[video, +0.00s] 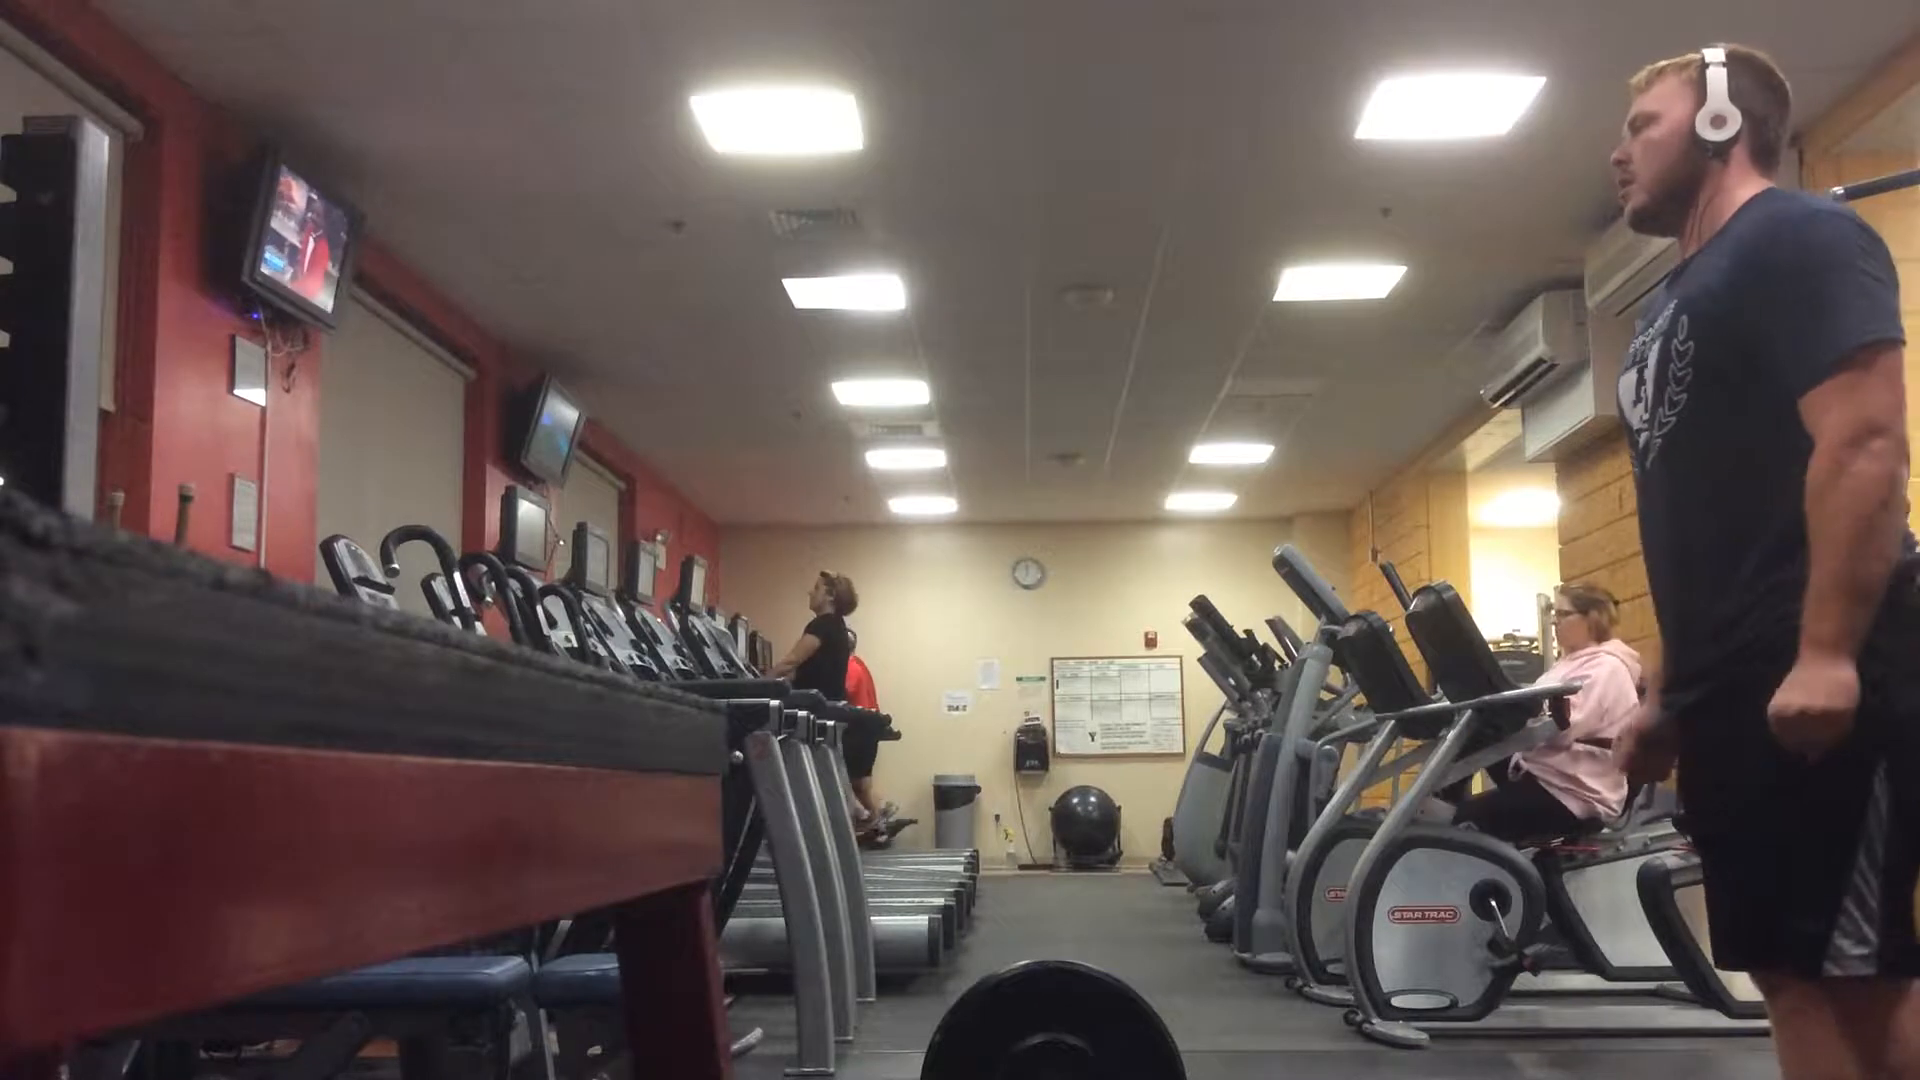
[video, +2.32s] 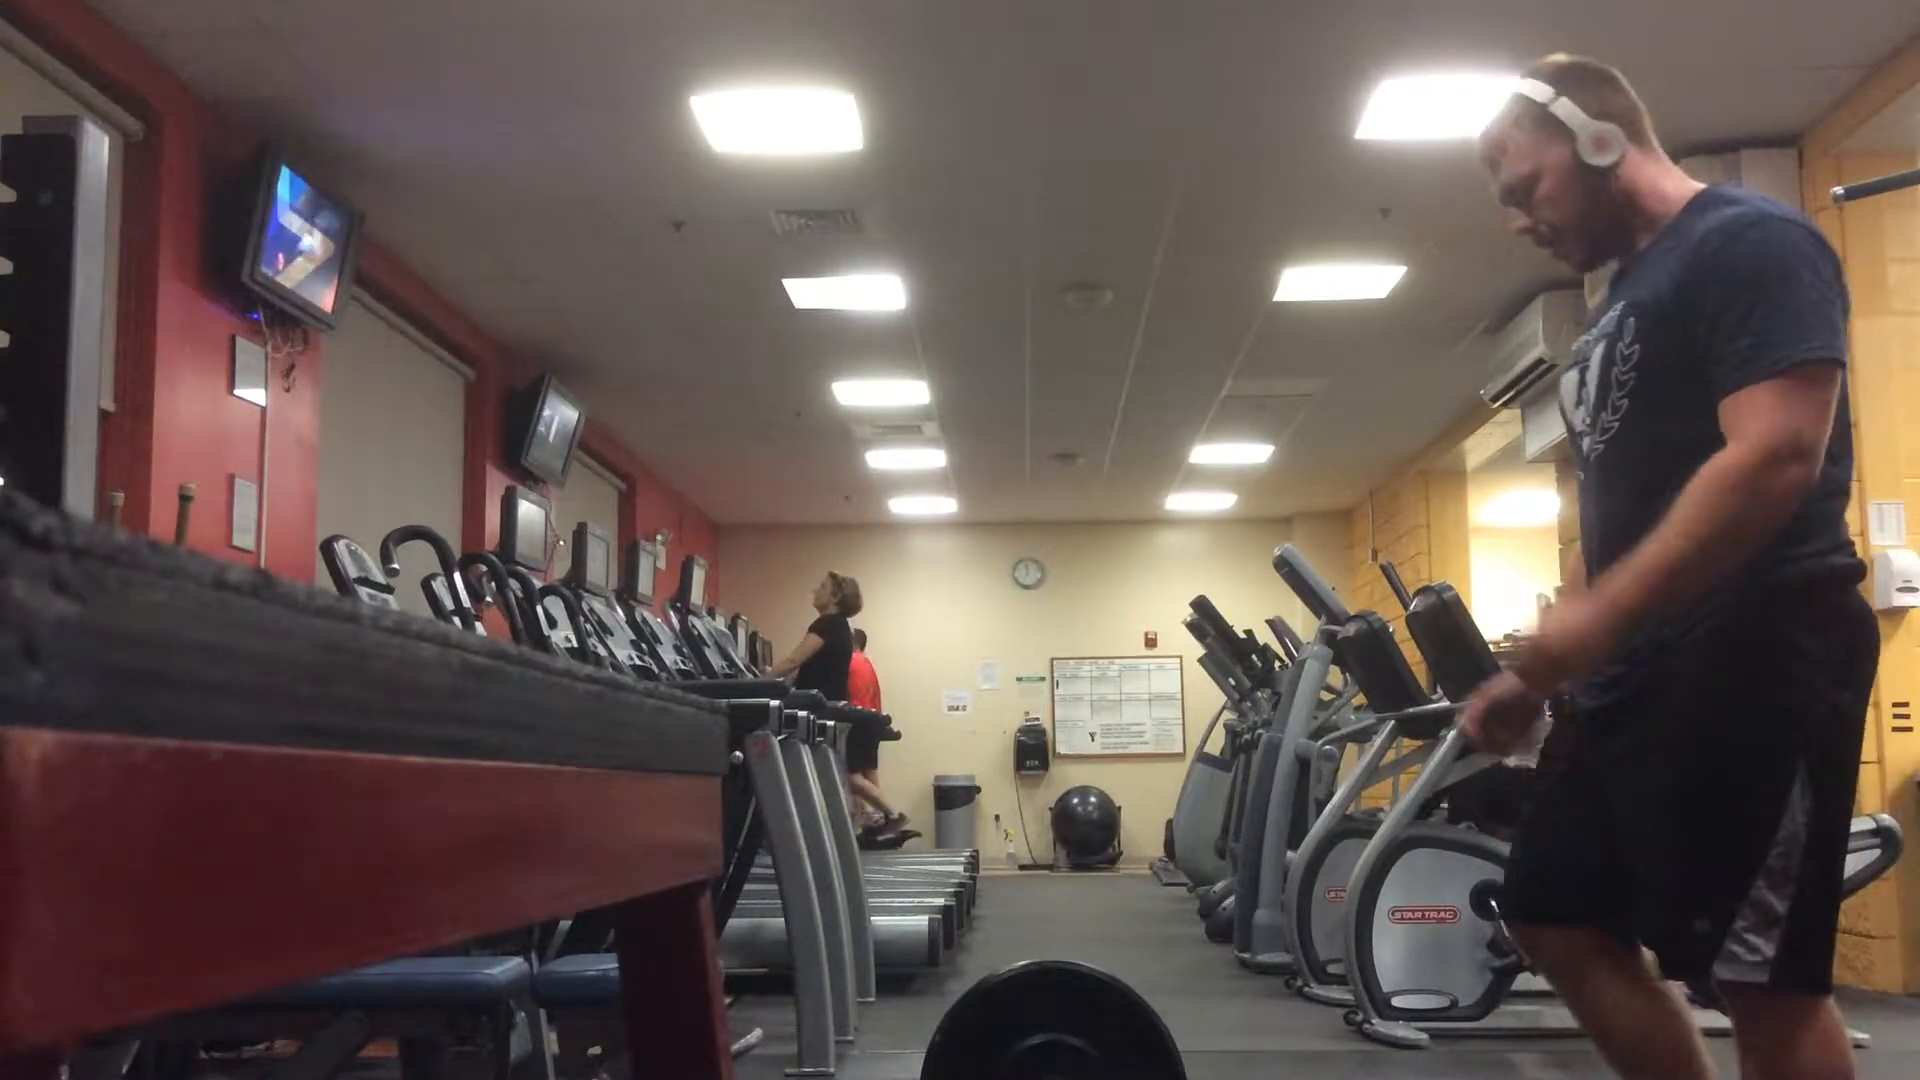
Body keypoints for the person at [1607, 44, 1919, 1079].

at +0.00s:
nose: (1619, 150)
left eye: (1641, 124)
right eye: (1623, 131)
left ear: (1721, 127)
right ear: (1705, 135)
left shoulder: (1798, 231)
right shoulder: (1665, 310)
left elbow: (1865, 441)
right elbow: (1708, 526)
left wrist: (1828, 651)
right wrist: (1677, 702)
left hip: (1834, 673)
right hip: (1733, 693)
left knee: (1868, 983)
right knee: (1789, 979)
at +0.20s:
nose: (1629, 170)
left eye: (1648, 141)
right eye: (1633, 148)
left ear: (1724, 139)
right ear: (1714, 147)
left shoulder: (1801, 242)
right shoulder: (1688, 305)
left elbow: (1832, 442)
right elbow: (1706, 524)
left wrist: (1747, 638)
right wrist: (1655, 698)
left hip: (1820, 641)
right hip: (1737, 653)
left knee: (1800, 978)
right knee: (1763, 968)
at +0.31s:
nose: (1631, 181)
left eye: (1650, 152)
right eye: (1636, 158)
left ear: (1725, 147)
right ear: (1722, 156)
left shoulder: (1805, 251)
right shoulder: (1706, 310)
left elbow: (1811, 452)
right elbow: (1699, 528)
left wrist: (1684, 629)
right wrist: (1633, 696)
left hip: (1811, 637)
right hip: (1758, 646)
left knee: (1689, 929)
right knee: (1809, 956)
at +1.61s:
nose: (1578, 198)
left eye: (1598, 172)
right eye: (1578, 179)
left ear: (1677, 172)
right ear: (1671, 182)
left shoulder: (1776, 256)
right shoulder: (1644, 357)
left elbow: (1850, 441)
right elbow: (1664, 564)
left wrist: (1823, 636)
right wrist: (1620, 732)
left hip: (1812, 658)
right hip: (1732, 683)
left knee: (1738, 949)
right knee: (1830, 975)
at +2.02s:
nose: (1559, 209)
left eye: (1568, 177)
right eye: (1550, 190)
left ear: (1646, 142)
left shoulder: (1769, 246)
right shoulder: (1618, 324)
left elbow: (1792, 456)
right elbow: (1612, 531)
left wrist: (1674, 637)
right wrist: (1551, 687)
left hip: (1773, 645)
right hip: (1670, 663)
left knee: (1773, 985)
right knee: (1732, 978)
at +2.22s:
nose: (1542, 228)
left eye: (1545, 196)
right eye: (1530, 213)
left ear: (1621, 149)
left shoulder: (1769, 242)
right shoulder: (1612, 330)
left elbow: (1774, 455)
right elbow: (1611, 541)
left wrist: (1581, 590)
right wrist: (1512, 668)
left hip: (1770, 649)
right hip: (1645, 660)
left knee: (1770, 987)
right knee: (1599, 942)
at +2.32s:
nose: (1520, 224)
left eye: (1525, 188)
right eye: (1509, 206)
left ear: (1601, 144)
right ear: (1596, 160)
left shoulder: (1750, 238)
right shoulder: (1613, 313)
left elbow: (1778, 456)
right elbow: (1617, 541)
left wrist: (1594, 619)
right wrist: (1539, 680)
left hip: (1773, 642)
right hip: (1649, 651)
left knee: (1766, 983)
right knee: (1561, 919)